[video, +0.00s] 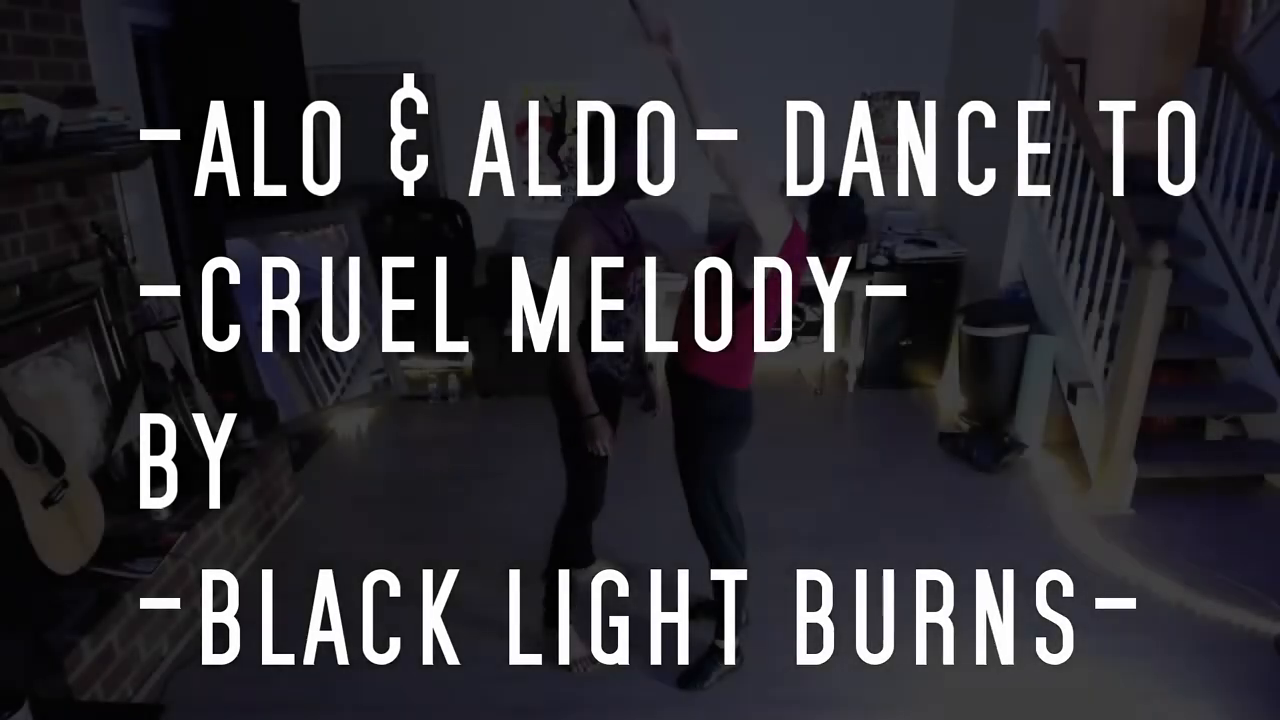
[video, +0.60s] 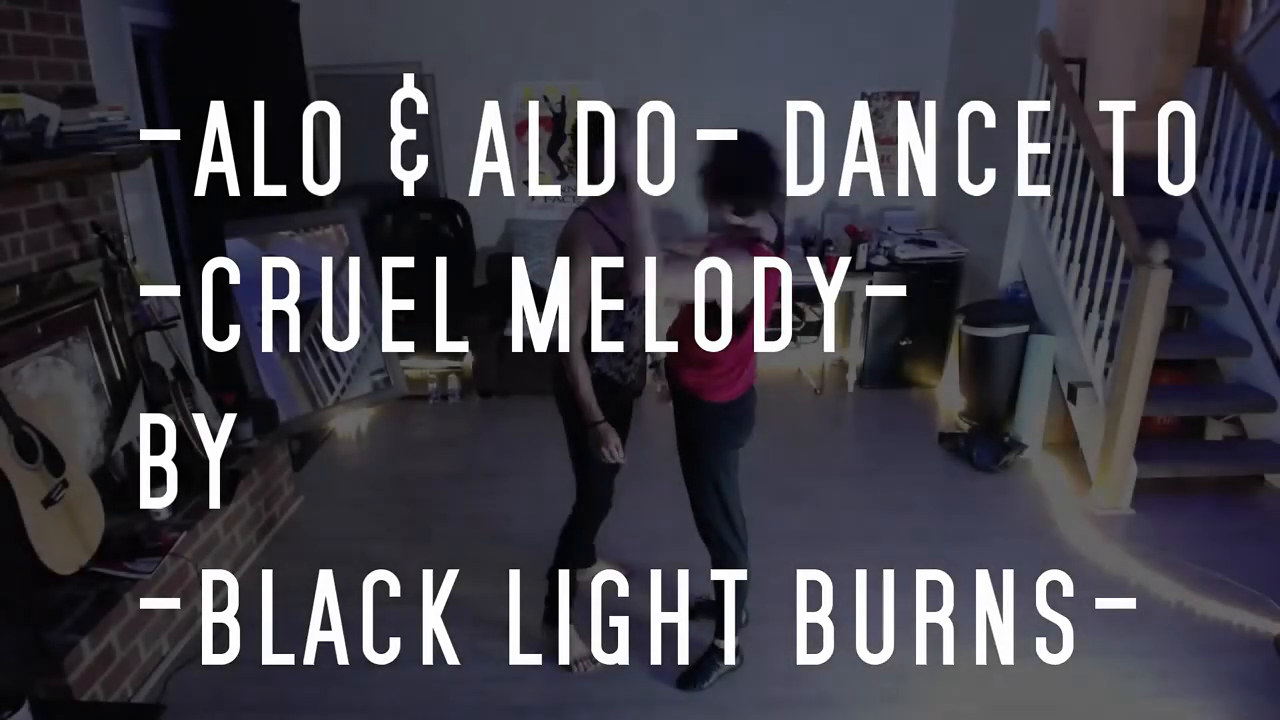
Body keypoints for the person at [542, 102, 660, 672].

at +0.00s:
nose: (648, 167)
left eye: (647, 153)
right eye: (639, 154)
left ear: (606, 157)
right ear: (616, 159)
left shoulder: (617, 222)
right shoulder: (582, 226)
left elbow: (625, 313)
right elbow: (565, 331)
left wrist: (642, 374)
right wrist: (590, 414)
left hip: (605, 381)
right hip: (581, 385)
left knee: (588, 497)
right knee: (584, 499)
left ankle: (568, 612)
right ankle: (560, 619)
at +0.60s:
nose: (642, 165)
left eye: (640, 153)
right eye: (633, 155)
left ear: (612, 159)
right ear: (612, 161)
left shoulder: (636, 214)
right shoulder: (582, 229)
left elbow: (641, 294)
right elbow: (568, 339)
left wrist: (649, 360)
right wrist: (595, 422)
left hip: (622, 374)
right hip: (586, 377)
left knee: (598, 494)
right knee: (593, 499)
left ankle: (573, 597)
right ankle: (564, 617)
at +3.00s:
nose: (610, 162)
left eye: (607, 151)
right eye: (600, 152)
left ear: (568, 165)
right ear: (572, 163)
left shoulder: (569, 219)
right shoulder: (562, 234)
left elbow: (583, 270)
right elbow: (551, 341)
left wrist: (636, 263)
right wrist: (589, 413)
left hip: (574, 374)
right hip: (570, 382)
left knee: (571, 482)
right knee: (613, 495)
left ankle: (571, 578)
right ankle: (565, 607)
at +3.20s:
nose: (618, 161)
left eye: (615, 150)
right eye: (610, 151)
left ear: (566, 160)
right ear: (589, 161)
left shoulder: (563, 216)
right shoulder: (574, 231)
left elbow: (602, 260)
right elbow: (562, 335)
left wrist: (650, 256)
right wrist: (591, 409)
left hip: (565, 368)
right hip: (573, 375)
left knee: (575, 478)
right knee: (600, 494)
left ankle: (572, 568)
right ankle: (558, 614)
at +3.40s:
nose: (626, 158)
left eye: (622, 146)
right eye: (616, 149)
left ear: (568, 158)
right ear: (591, 158)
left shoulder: (567, 214)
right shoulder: (583, 227)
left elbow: (618, 251)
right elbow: (575, 334)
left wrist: (649, 255)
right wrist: (599, 406)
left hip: (566, 366)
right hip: (574, 373)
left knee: (579, 485)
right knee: (578, 495)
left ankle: (570, 568)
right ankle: (557, 623)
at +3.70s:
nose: (630, 161)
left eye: (627, 150)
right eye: (621, 152)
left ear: (587, 166)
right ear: (591, 166)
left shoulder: (588, 213)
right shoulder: (579, 233)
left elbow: (613, 247)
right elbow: (577, 335)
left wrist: (659, 243)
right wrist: (620, 402)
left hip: (590, 367)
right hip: (574, 376)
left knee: (597, 474)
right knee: (580, 494)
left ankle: (575, 559)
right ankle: (556, 620)